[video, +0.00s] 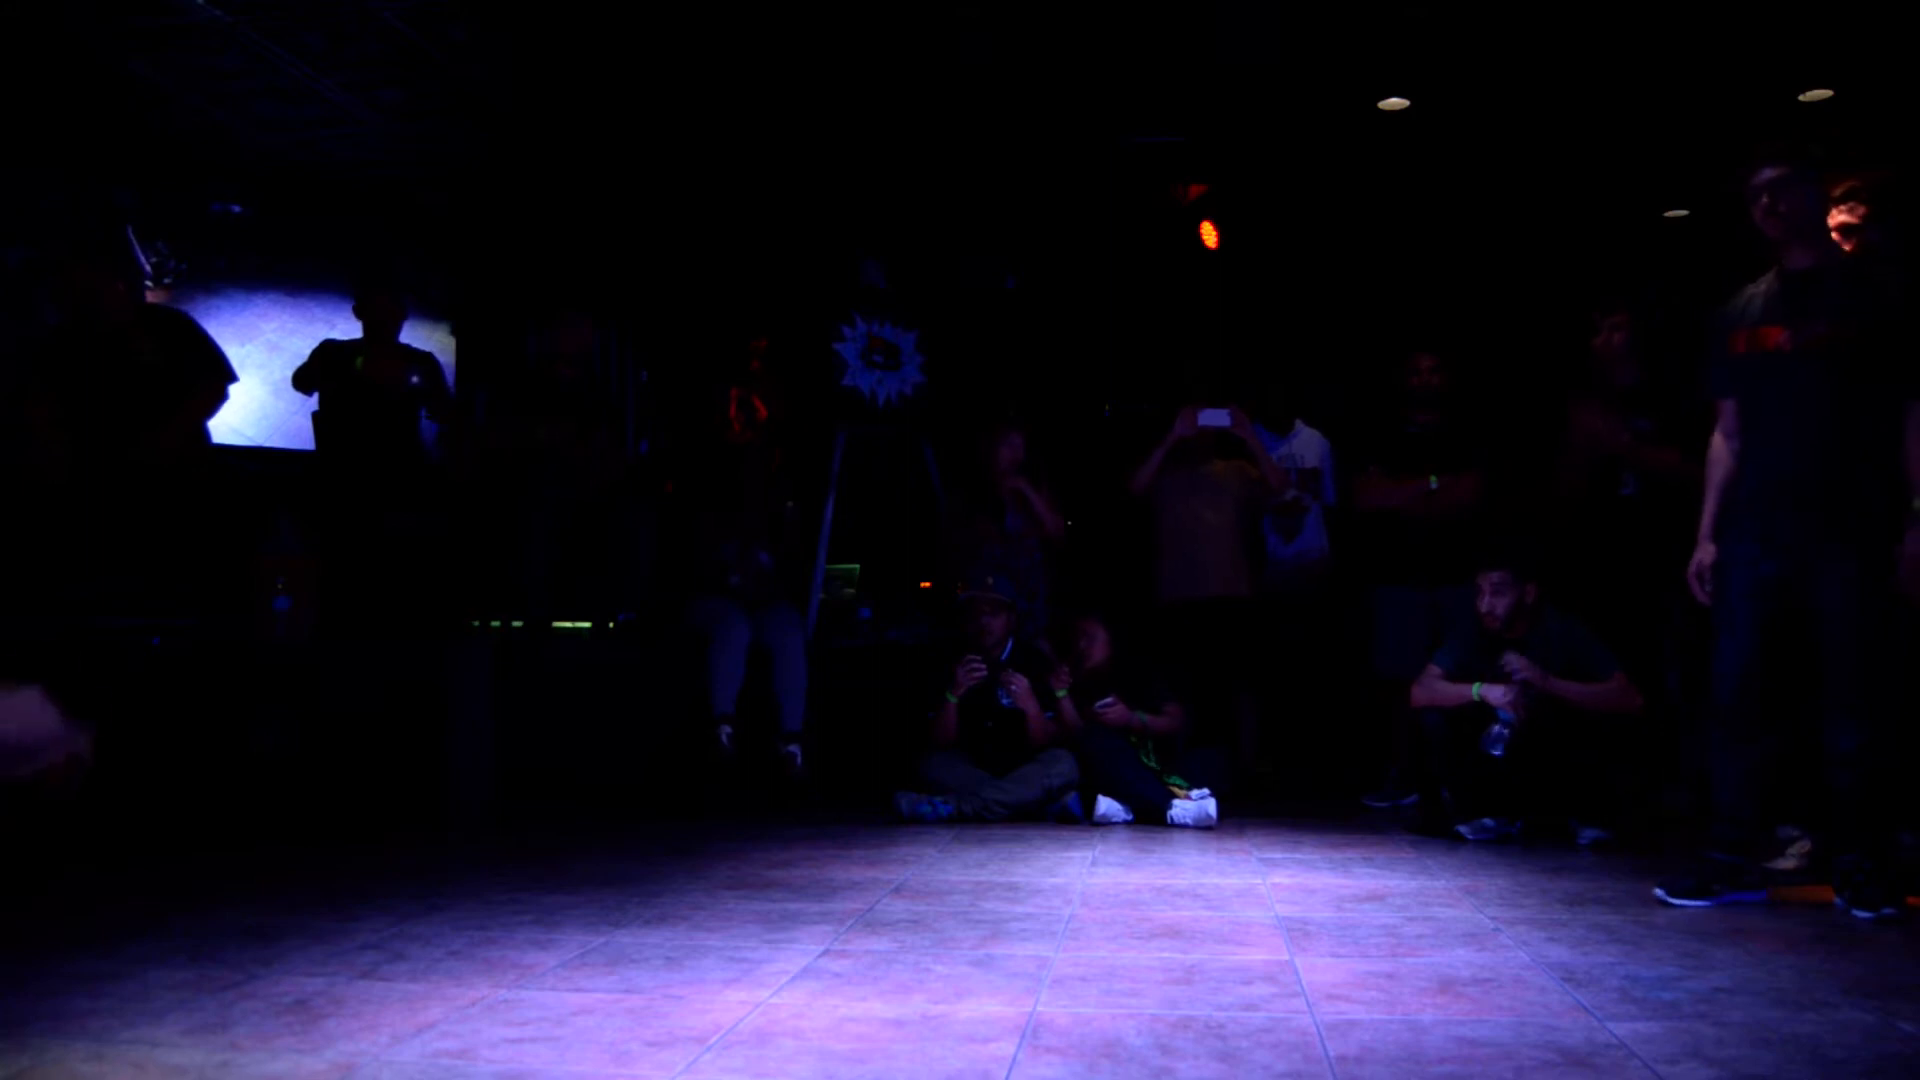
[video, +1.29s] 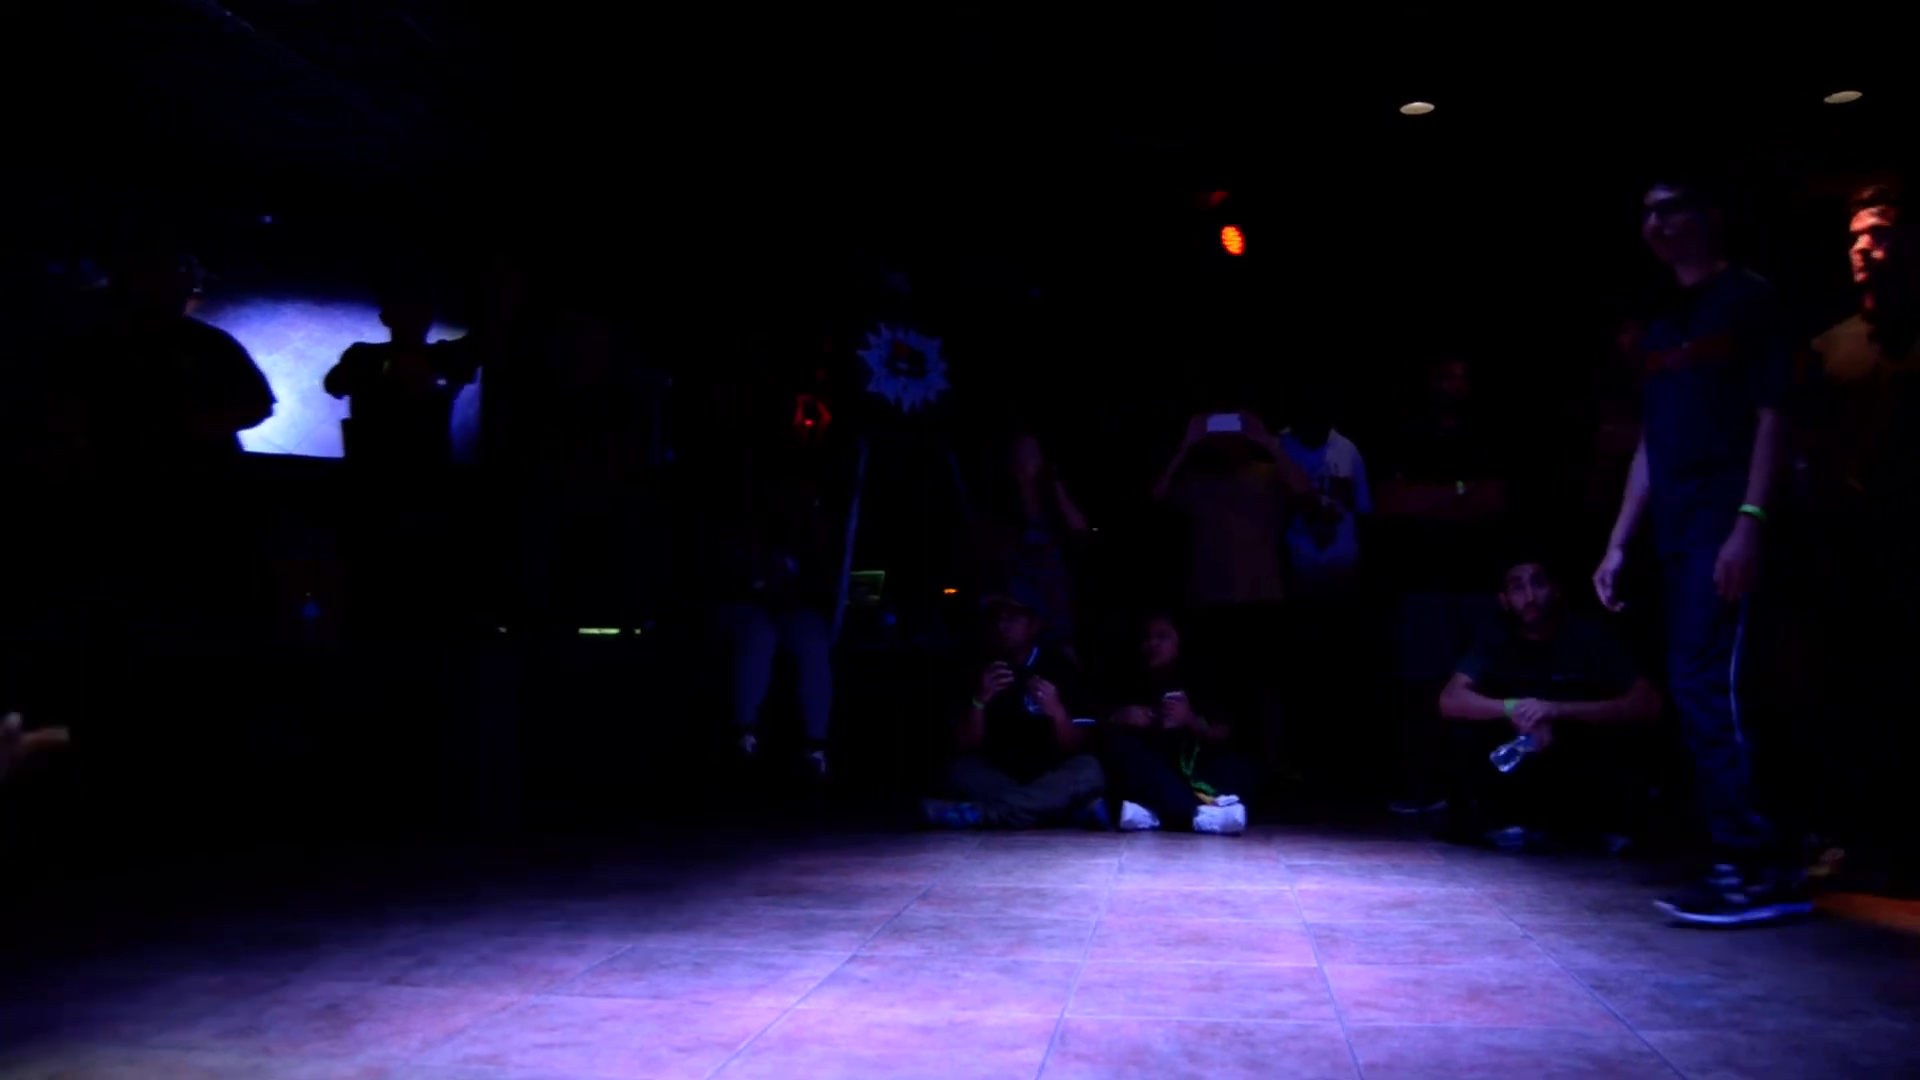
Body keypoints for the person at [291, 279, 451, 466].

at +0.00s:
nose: (384, 321)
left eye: (392, 311)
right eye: (376, 310)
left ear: (403, 315)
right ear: (358, 312)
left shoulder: (421, 363)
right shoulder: (332, 353)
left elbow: (443, 414)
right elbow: (300, 383)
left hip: (401, 459)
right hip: (343, 456)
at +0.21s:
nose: (380, 319)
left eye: (388, 309)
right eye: (373, 308)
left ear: (400, 313)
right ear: (356, 309)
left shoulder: (416, 357)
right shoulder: (330, 353)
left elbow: (452, 391)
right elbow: (300, 384)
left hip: (401, 458)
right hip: (342, 458)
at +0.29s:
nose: (382, 319)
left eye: (390, 309)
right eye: (374, 309)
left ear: (401, 313)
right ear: (357, 310)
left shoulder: (416, 355)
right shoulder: (331, 353)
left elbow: (456, 378)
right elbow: (300, 385)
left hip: (401, 455)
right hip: (342, 456)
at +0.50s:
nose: (382, 319)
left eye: (390, 309)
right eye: (373, 308)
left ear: (400, 313)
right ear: (355, 311)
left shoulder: (411, 354)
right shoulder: (329, 355)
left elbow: (459, 354)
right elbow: (300, 389)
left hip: (399, 458)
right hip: (341, 458)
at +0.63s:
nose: (381, 319)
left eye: (388, 310)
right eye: (372, 309)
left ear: (398, 313)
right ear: (353, 313)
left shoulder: (409, 356)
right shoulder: (328, 357)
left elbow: (459, 358)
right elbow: (300, 391)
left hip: (398, 459)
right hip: (341, 460)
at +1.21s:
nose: (395, 324)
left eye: (401, 314)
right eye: (387, 313)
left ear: (412, 316)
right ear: (369, 317)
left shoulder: (427, 357)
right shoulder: (346, 355)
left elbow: (466, 345)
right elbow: (314, 384)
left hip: (412, 457)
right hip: (356, 458)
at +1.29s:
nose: (411, 326)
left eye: (418, 316)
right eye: (403, 315)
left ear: (429, 318)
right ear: (386, 318)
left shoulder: (440, 357)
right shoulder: (363, 356)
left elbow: (481, 341)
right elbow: (333, 385)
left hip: (428, 458)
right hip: (372, 458)